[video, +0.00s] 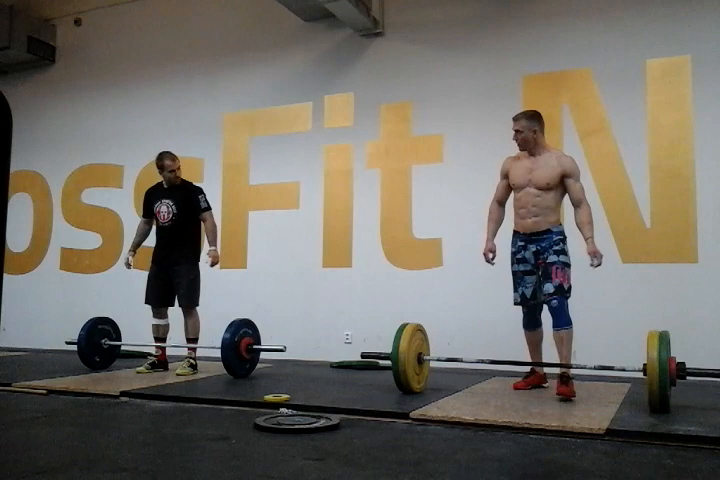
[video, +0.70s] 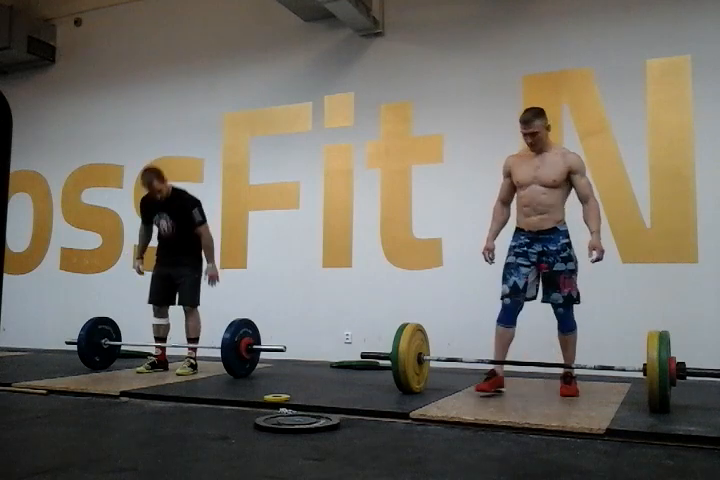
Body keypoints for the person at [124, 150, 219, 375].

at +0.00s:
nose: (177, 173)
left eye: (178, 169)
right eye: (172, 171)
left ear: (180, 166)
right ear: (161, 172)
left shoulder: (193, 192)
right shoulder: (152, 194)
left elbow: (209, 221)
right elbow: (146, 223)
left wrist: (213, 247)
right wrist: (132, 250)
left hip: (187, 259)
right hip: (161, 259)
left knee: (188, 308)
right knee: (158, 307)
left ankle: (191, 359)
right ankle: (159, 358)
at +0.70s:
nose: (157, 195)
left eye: (159, 190)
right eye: (153, 192)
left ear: (165, 182)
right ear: (147, 189)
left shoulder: (188, 201)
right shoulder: (148, 203)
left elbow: (205, 233)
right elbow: (146, 228)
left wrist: (211, 264)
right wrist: (139, 256)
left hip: (189, 263)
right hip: (164, 262)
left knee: (189, 308)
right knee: (159, 307)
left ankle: (191, 360)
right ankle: (160, 357)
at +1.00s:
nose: (154, 261)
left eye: (154, 257)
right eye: (150, 259)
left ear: (159, 245)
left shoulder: (183, 248)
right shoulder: (147, 247)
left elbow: (204, 283)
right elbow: (145, 265)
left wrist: (217, 315)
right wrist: (147, 287)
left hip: (199, 264)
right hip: (174, 265)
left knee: (197, 308)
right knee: (156, 305)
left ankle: (193, 358)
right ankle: (159, 357)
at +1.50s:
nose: (161, 294)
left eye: (161, 289)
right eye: (157, 293)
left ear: (161, 274)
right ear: (146, 287)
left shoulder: (185, 275)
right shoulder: (144, 269)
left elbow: (211, 307)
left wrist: (224, 337)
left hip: (203, 263)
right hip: (174, 257)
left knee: (200, 309)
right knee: (154, 307)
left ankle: (193, 359)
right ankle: (159, 358)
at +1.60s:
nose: (151, 296)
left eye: (153, 291)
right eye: (147, 293)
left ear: (160, 278)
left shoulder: (184, 277)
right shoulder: (142, 269)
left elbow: (210, 308)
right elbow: (144, 290)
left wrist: (223, 337)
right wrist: (145, 305)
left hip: (204, 264)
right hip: (175, 258)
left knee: (200, 310)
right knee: (154, 308)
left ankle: (194, 359)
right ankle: (159, 358)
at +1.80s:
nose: (144, 298)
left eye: (145, 295)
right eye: (139, 296)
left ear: (153, 288)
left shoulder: (181, 282)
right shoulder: (139, 278)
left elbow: (209, 309)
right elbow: (133, 298)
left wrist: (224, 337)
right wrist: (127, 319)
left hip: (204, 268)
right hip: (176, 261)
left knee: (197, 310)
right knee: (154, 308)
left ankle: (192, 360)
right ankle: (159, 359)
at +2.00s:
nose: (132, 306)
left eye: (136, 304)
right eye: (130, 305)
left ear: (147, 294)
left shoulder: (175, 288)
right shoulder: (139, 284)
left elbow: (207, 310)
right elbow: (126, 310)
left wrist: (222, 337)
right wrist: (117, 335)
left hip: (205, 270)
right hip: (177, 266)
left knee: (195, 309)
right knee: (152, 308)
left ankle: (195, 360)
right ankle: (159, 359)